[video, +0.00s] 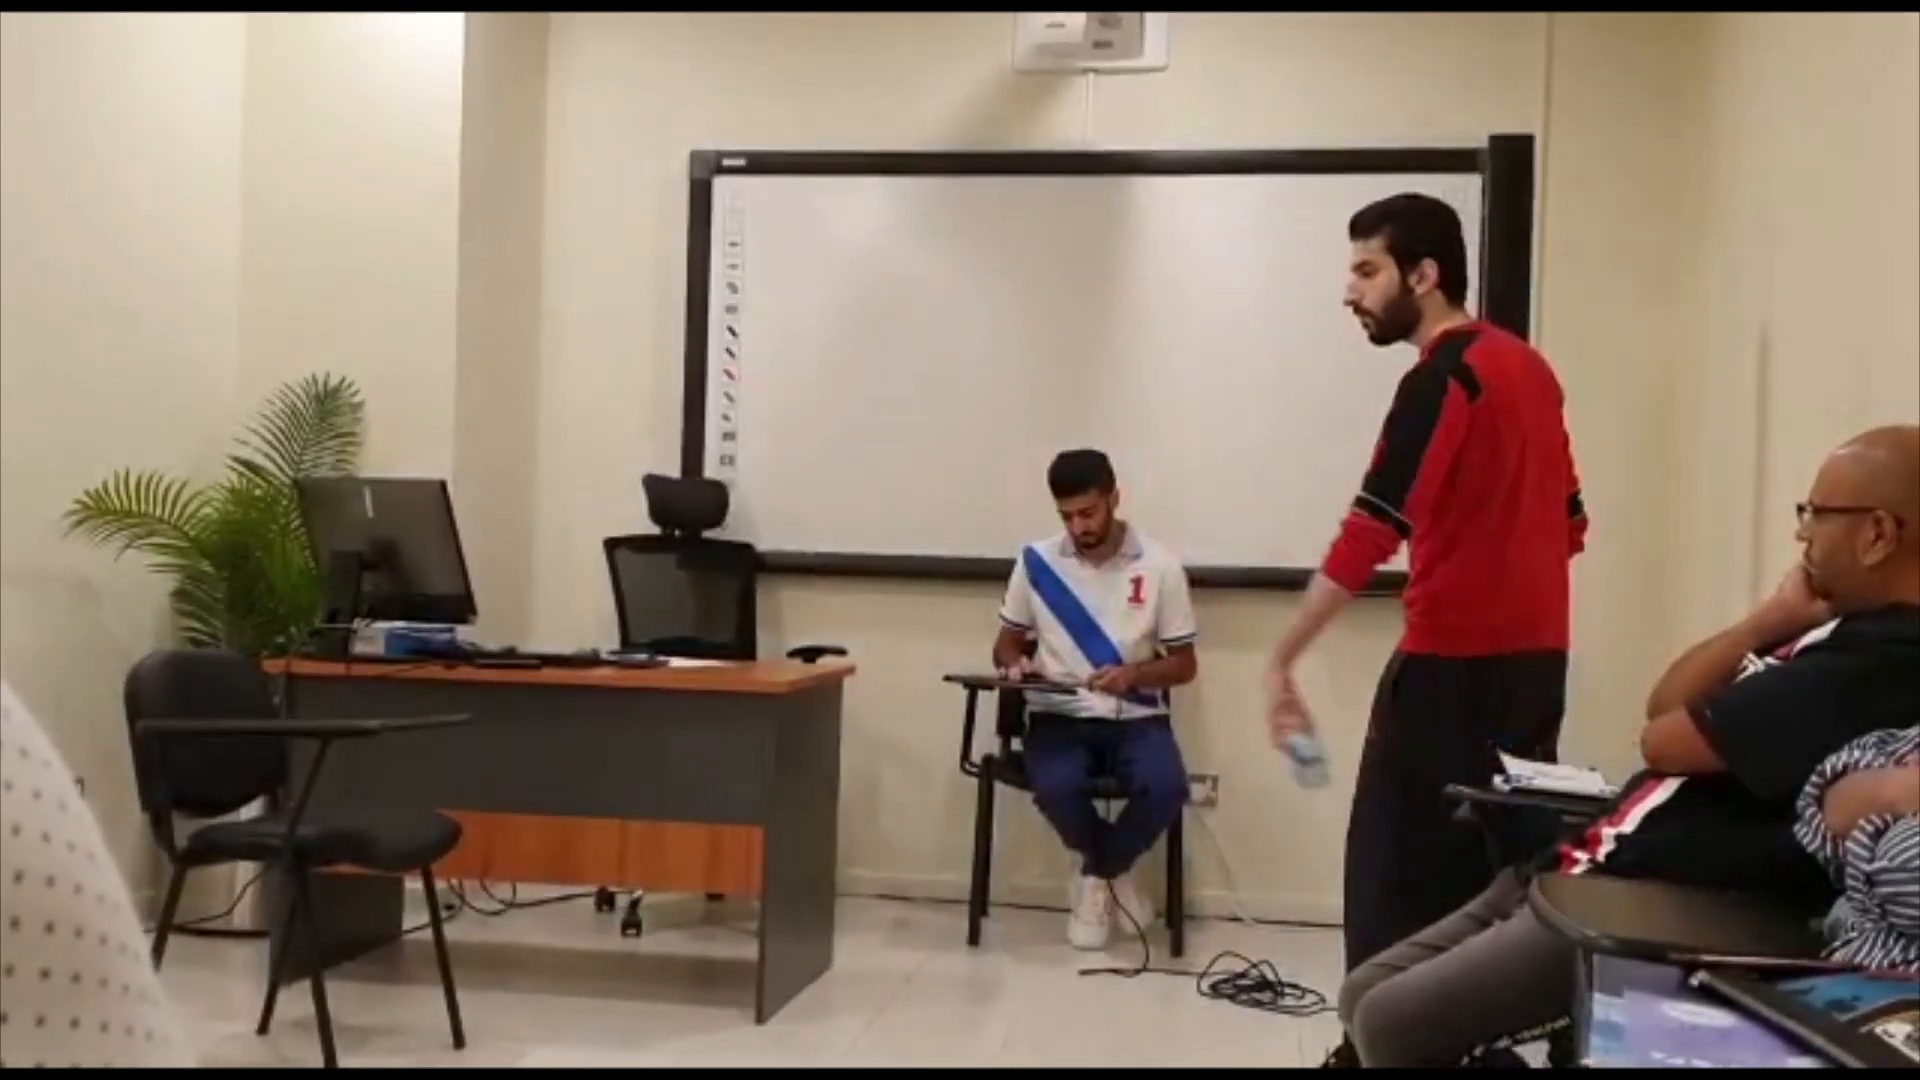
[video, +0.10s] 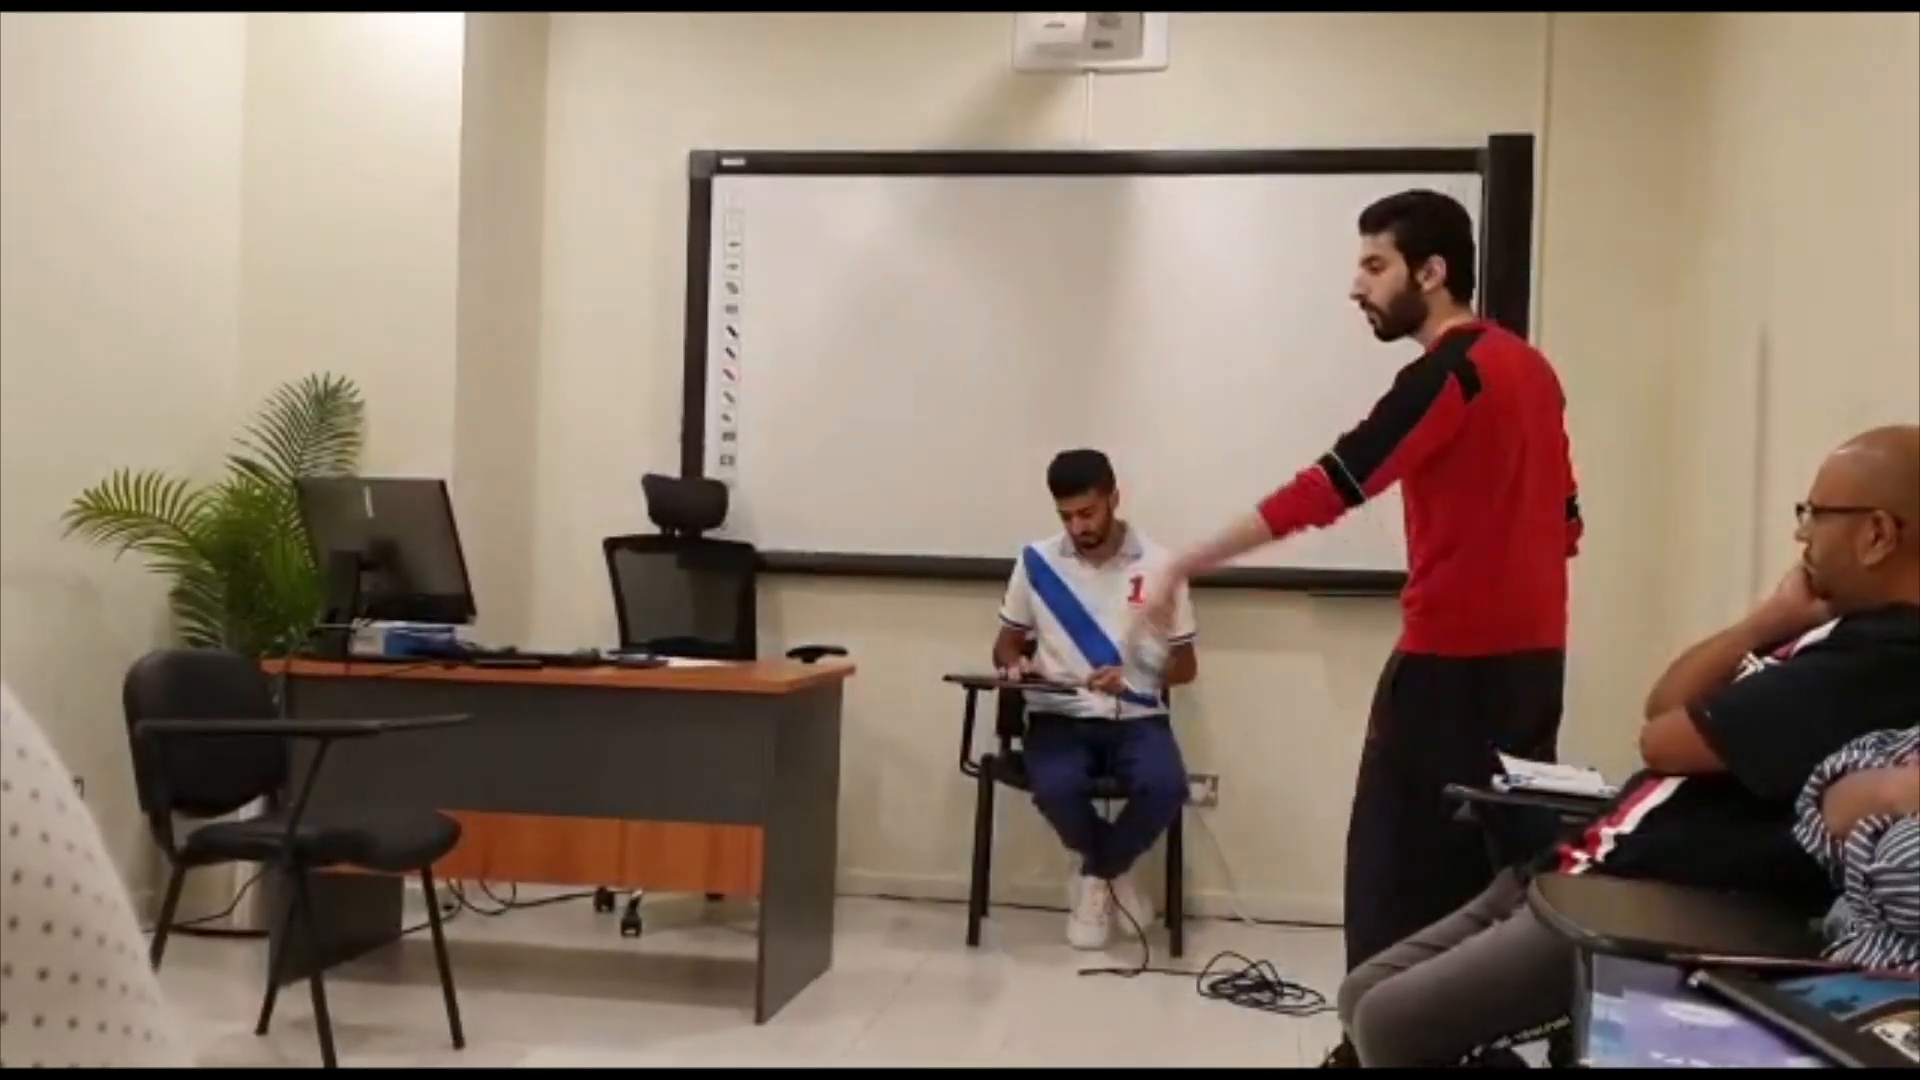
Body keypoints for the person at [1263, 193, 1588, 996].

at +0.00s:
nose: (1351, 293)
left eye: (1365, 272)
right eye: (1352, 273)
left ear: (1424, 274)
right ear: (1434, 277)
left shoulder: (1440, 374)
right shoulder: (1529, 365)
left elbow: (1372, 530)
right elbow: (1570, 527)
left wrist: (1282, 657)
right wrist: (1467, 580)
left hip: (1450, 665)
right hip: (1533, 664)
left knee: (1390, 863)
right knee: (1503, 861)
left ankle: (1388, 1041)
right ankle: (1490, 1035)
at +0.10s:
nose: (1358, 288)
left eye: (1374, 267)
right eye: (1360, 268)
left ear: (1432, 272)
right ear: (1439, 275)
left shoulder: (1442, 372)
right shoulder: (1532, 367)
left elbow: (1333, 485)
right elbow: (1565, 527)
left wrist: (1185, 565)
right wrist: (1474, 578)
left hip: (1450, 659)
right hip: (1532, 658)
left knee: (1390, 857)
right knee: (1500, 856)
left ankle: (1387, 1039)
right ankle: (1488, 1035)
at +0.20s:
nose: (1364, 280)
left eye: (1381, 260)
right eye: (1368, 260)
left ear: (1440, 268)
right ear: (1446, 271)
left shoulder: (1446, 369)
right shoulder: (1533, 368)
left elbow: (1303, 447)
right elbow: (1562, 525)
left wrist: (1126, 465)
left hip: (1450, 662)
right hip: (1527, 662)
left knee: (1390, 860)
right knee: (1492, 862)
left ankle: (1386, 1045)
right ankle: (1484, 1042)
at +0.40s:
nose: (1371, 268)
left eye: (1390, 251)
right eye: (1376, 250)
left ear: (1447, 263)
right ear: (1453, 267)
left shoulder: (1440, 365)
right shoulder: (1534, 369)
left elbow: (1274, 403)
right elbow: (1562, 530)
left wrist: (1126, 333)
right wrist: (1469, 587)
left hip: (1441, 666)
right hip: (1524, 666)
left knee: (1387, 862)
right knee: (1494, 868)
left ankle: (1383, 1040)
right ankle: (1488, 1039)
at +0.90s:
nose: (1377, 279)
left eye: (1394, 261)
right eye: (1380, 262)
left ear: (1451, 271)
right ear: (1456, 276)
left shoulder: (1470, 360)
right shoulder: (1531, 368)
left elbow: (1354, 468)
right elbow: (1569, 538)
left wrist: (1199, 457)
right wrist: (1476, 585)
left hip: (1456, 652)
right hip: (1527, 651)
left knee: (1391, 848)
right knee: (1499, 845)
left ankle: (1383, 1039)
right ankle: (1485, 1032)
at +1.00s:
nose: (1378, 284)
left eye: (1395, 265)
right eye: (1380, 267)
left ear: (1451, 276)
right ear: (1453, 281)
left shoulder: (1476, 358)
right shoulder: (1530, 367)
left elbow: (1425, 491)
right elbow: (1578, 537)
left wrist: (1284, 553)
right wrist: (1498, 601)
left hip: (1467, 649)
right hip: (1536, 650)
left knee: (1397, 840)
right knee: (1504, 841)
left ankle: (1382, 1042)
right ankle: (1482, 1036)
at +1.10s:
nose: (1377, 290)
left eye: (1395, 271)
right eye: (1379, 273)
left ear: (1450, 281)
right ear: (1453, 284)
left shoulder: (1472, 363)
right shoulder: (1534, 370)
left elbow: (1467, 504)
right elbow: (1594, 533)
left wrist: (1386, 632)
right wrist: (1541, 622)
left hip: (1474, 658)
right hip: (1548, 658)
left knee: (1401, 850)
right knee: (1520, 851)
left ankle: (1388, 1046)